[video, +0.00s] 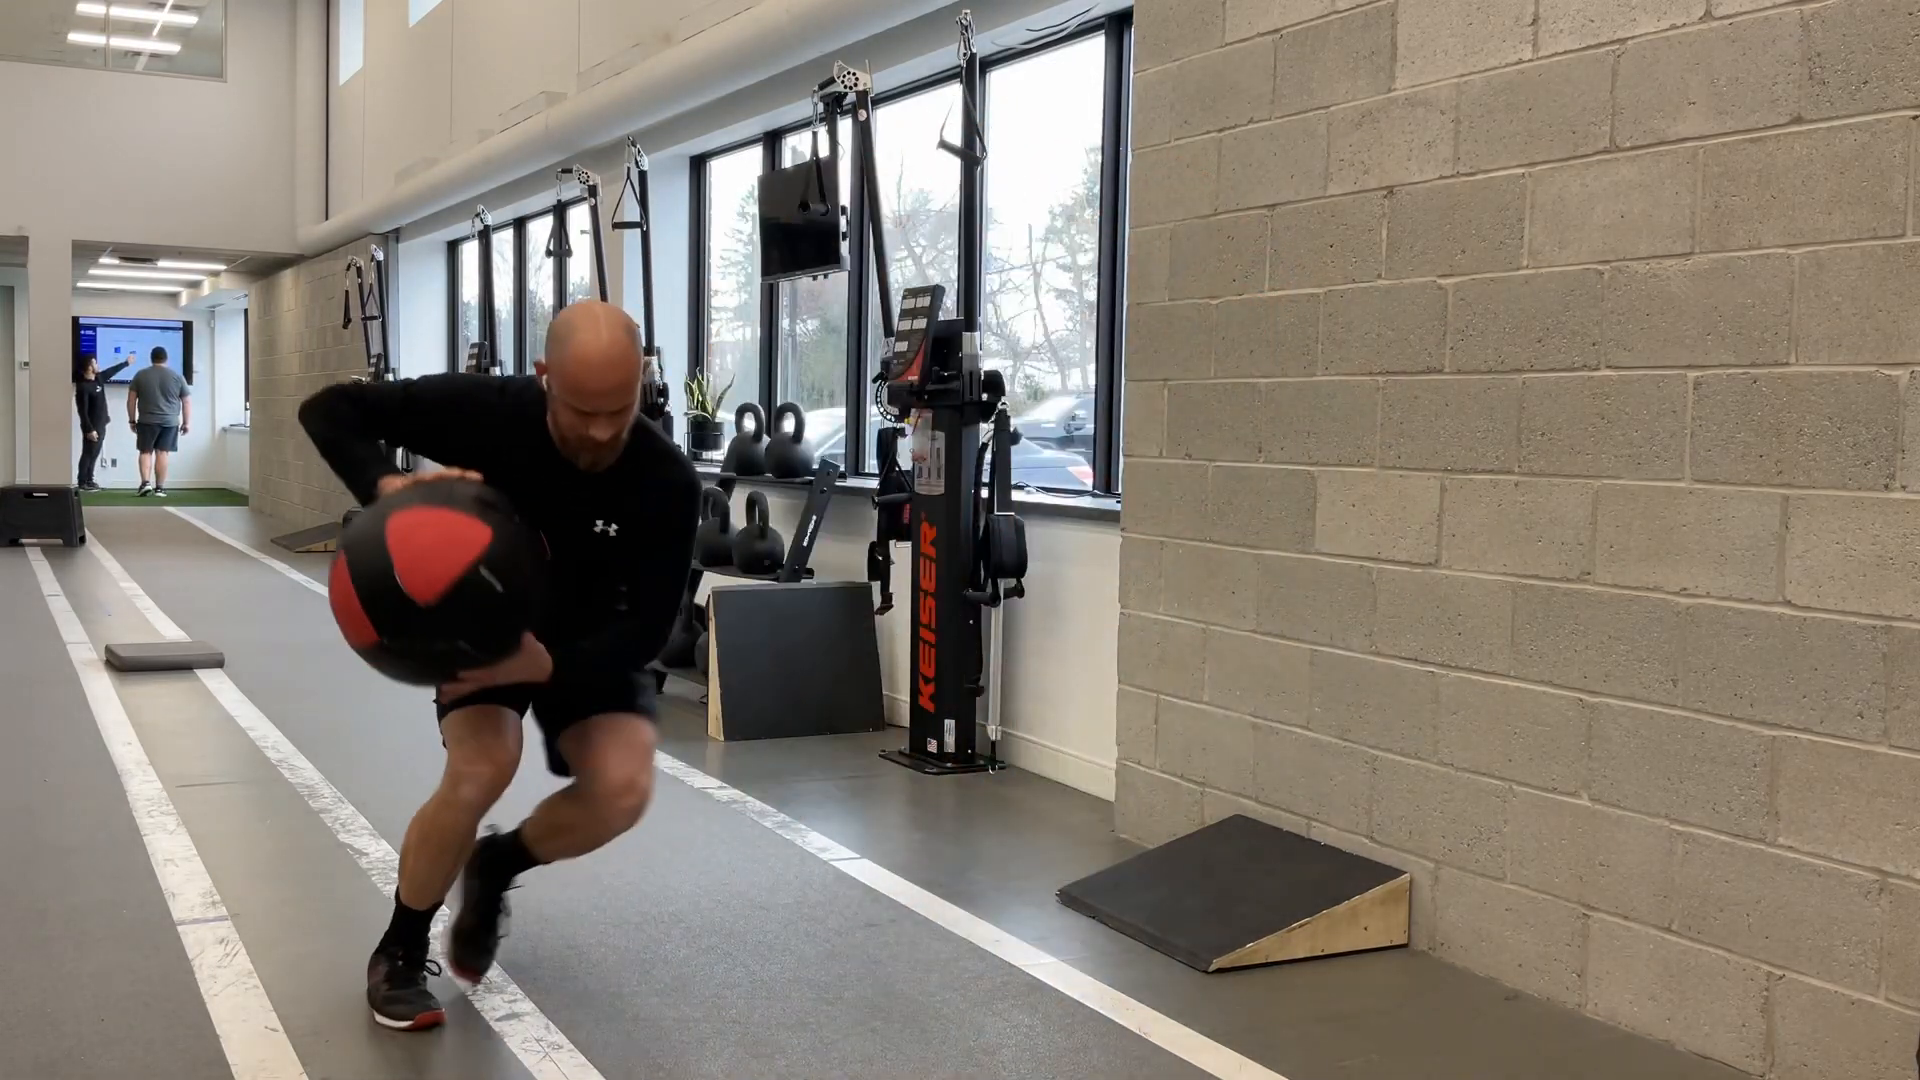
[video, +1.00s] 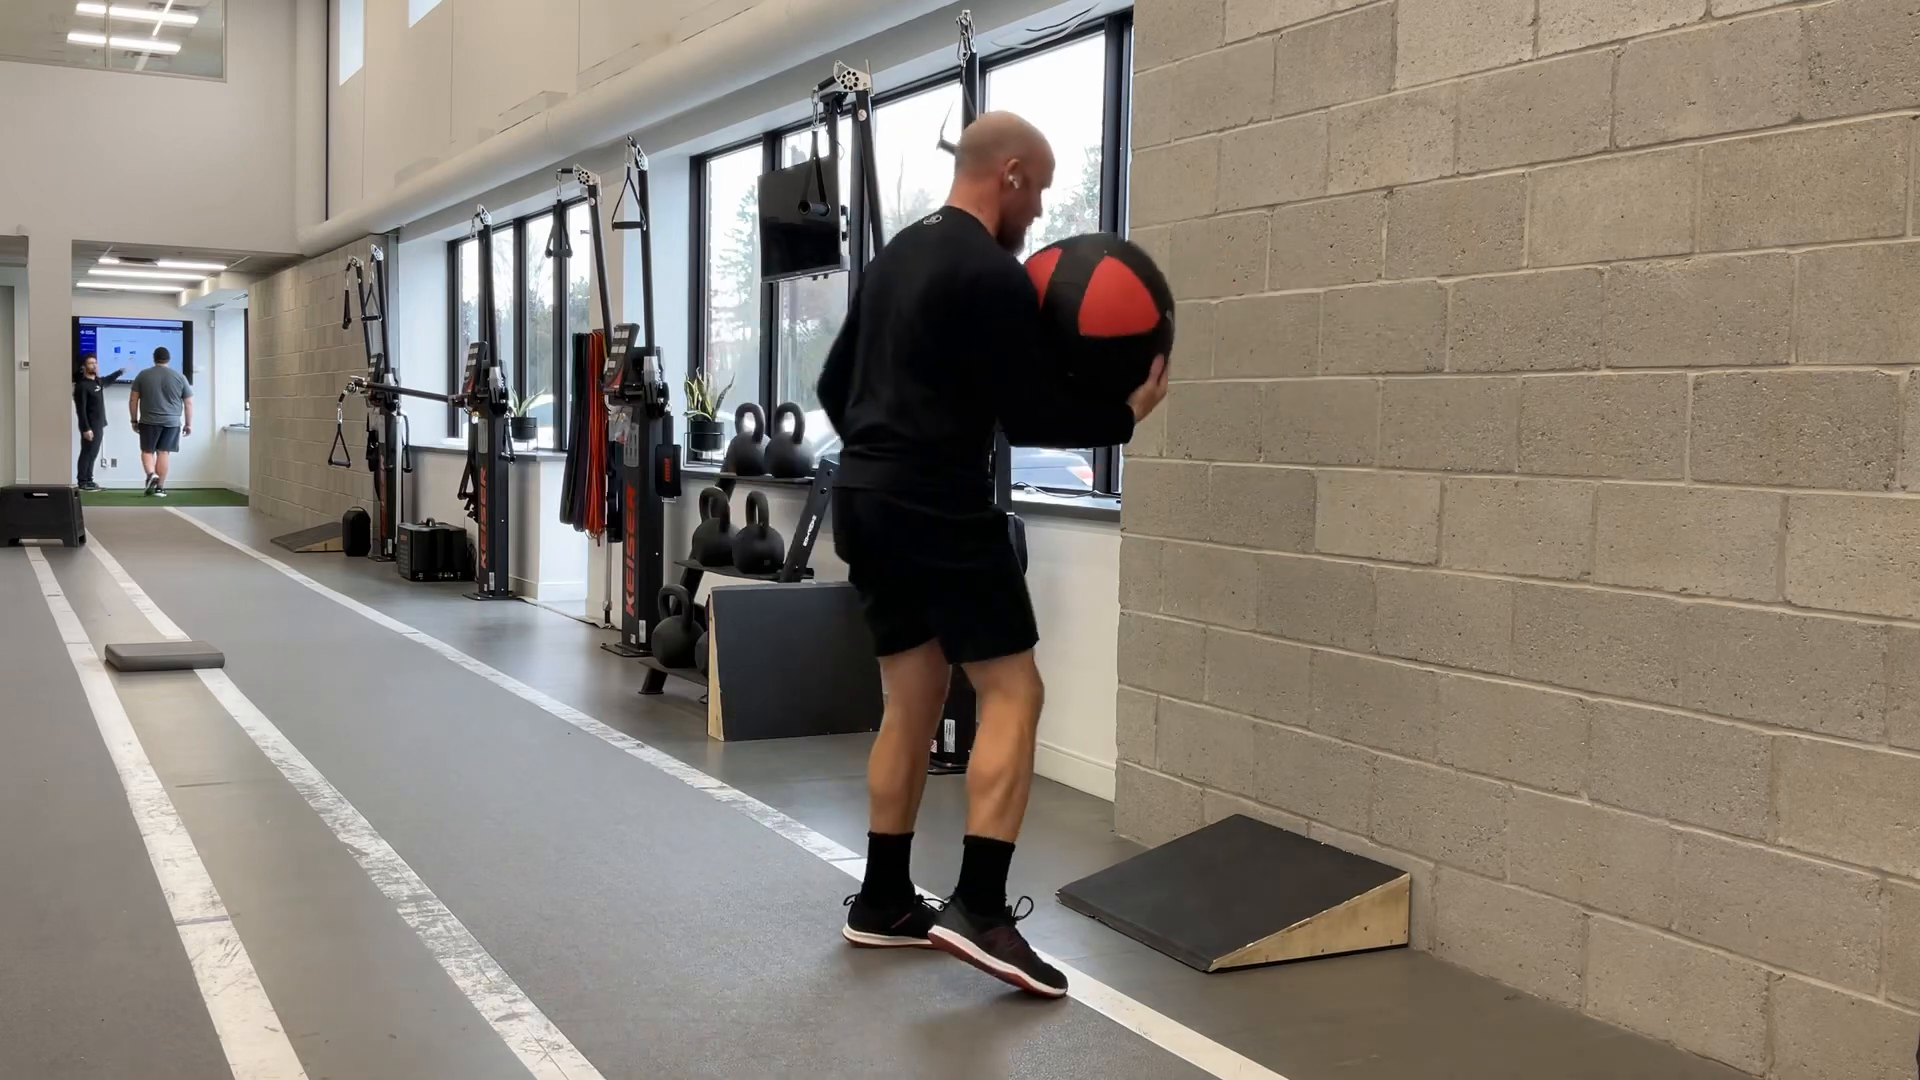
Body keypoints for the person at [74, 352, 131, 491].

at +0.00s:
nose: (97, 365)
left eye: (96, 363)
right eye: (94, 363)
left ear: (92, 366)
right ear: (89, 366)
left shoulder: (99, 378)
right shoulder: (83, 386)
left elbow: (112, 371)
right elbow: (83, 411)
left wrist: (126, 363)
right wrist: (89, 429)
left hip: (101, 422)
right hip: (91, 424)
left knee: (95, 454)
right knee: (88, 454)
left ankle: (89, 480)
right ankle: (83, 481)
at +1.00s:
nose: (94, 365)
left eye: (95, 363)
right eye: (90, 363)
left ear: (97, 365)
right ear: (85, 366)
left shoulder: (98, 381)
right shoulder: (82, 385)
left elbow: (108, 380)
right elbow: (81, 409)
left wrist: (120, 372)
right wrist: (86, 428)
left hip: (99, 423)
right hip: (89, 425)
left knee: (92, 454)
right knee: (86, 454)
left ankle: (89, 480)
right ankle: (83, 481)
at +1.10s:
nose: (94, 366)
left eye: (96, 363)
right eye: (91, 363)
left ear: (97, 365)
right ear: (85, 366)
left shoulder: (97, 382)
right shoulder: (81, 385)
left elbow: (104, 389)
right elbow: (80, 409)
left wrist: (111, 386)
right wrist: (86, 428)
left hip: (99, 424)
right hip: (89, 425)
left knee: (93, 454)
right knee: (87, 454)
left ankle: (89, 479)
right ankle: (83, 481)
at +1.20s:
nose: (95, 366)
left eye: (96, 363)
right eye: (92, 363)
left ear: (98, 365)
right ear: (85, 366)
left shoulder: (97, 383)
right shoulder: (81, 385)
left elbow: (95, 399)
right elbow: (79, 409)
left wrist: (105, 396)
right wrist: (84, 427)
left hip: (98, 424)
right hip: (88, 426)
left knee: (93, 454)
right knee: (86, 454)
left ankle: (89, 479)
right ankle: (82, 480)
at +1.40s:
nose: (97, 366)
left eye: (98, 363)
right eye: (93, 363)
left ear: (99, 365)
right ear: (87, 366)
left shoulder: (98, 384)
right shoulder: (81, 384)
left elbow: (98, 405)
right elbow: (78, 408)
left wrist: (107, 416)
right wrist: (81, 427)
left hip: (97, 424)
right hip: (87, 425)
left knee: (93, 454)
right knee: (85, 453)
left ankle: (89, 479)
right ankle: (82, 480)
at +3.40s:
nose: (98, 365)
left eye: (100, 363)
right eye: (95, 362)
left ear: (101, 365)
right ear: (88, 365)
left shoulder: (98, 385)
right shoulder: (81, 383)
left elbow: (99, 407)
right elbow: (78, 406)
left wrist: (103, 425)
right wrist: (80, 424)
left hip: (97, 425)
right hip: (87, 426)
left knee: (92, 455)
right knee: (85, 454)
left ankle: (89, 479)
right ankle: (82, 481)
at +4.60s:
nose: (96, 367)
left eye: (97, 365)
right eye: (93, 364)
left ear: (98, 367)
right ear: (86, 366)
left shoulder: (94, 384)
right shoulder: (79, 383)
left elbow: (95, 404)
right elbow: (78, 405)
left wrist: (107, 412)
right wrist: (93, 415)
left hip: (94, 423)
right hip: (84, 423)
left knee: (92, 453)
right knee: (85, 452)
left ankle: (89, 479)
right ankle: (82, 481)